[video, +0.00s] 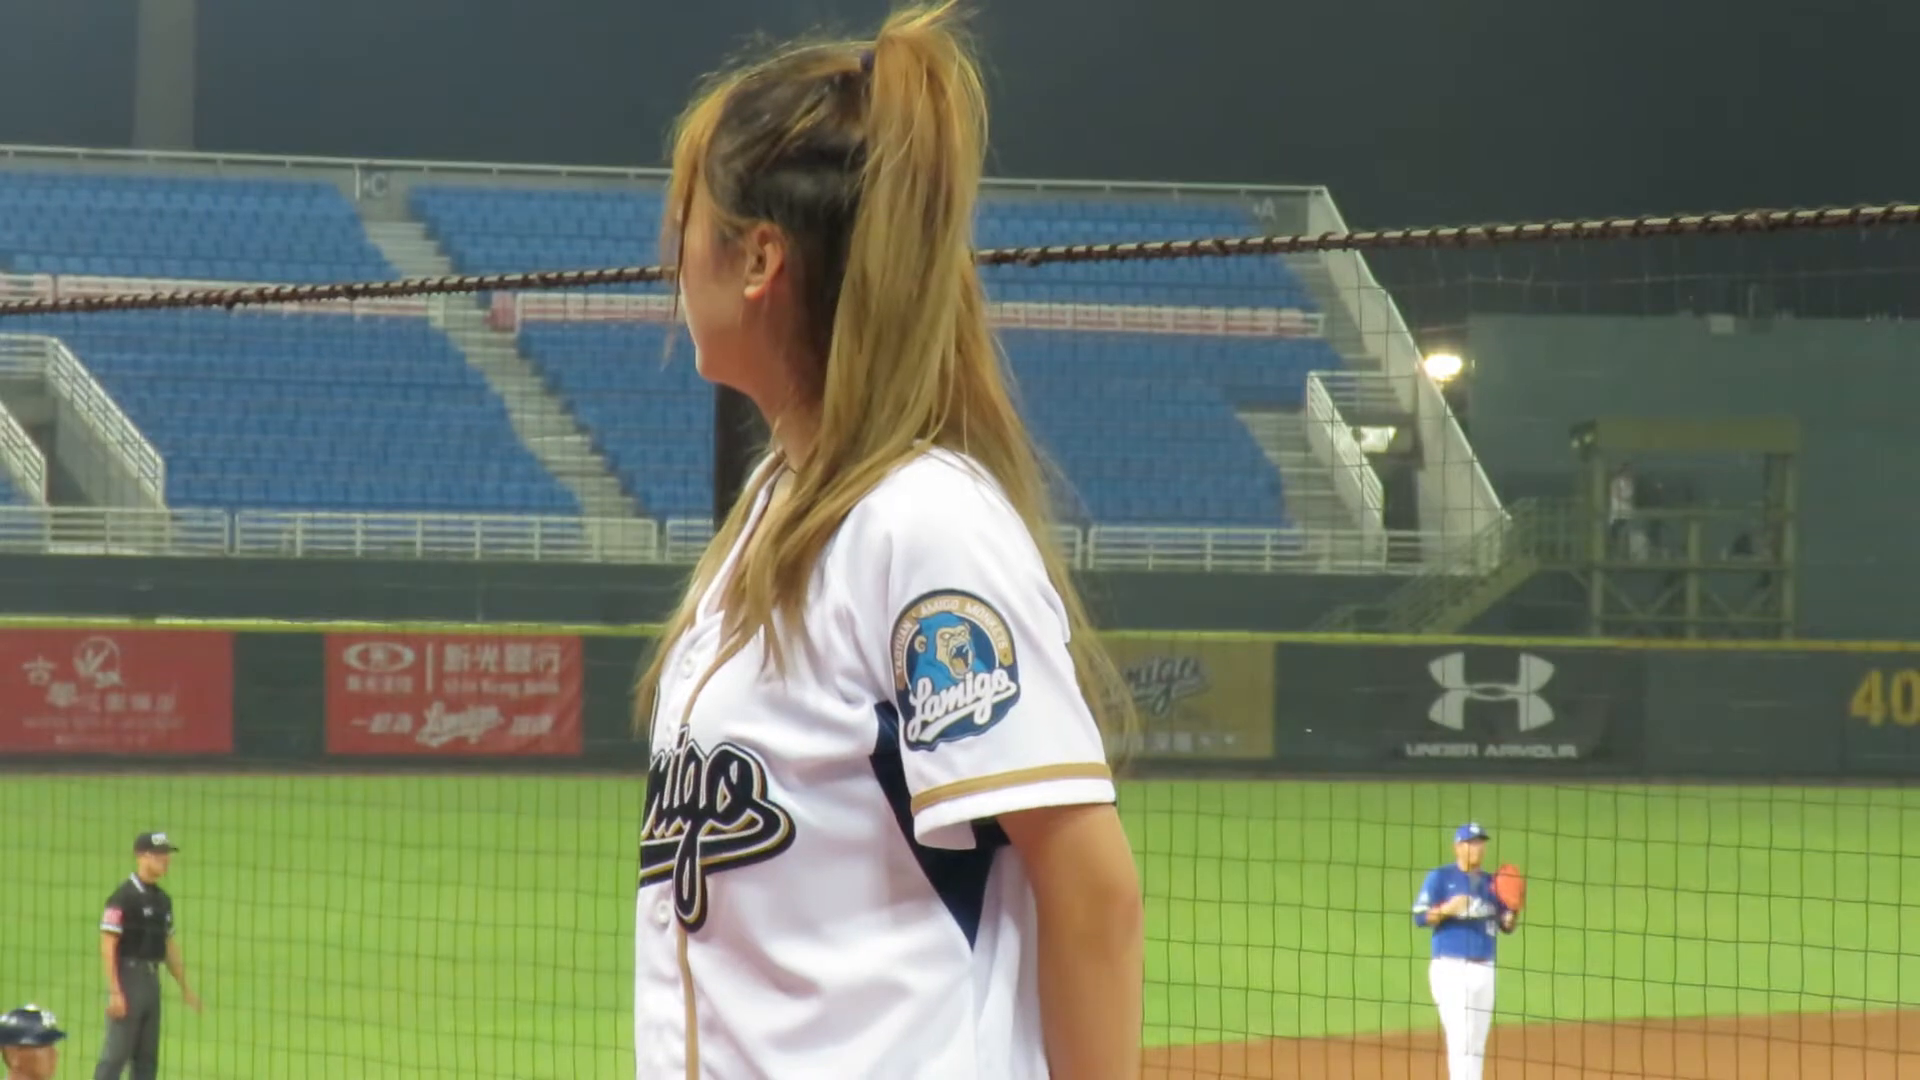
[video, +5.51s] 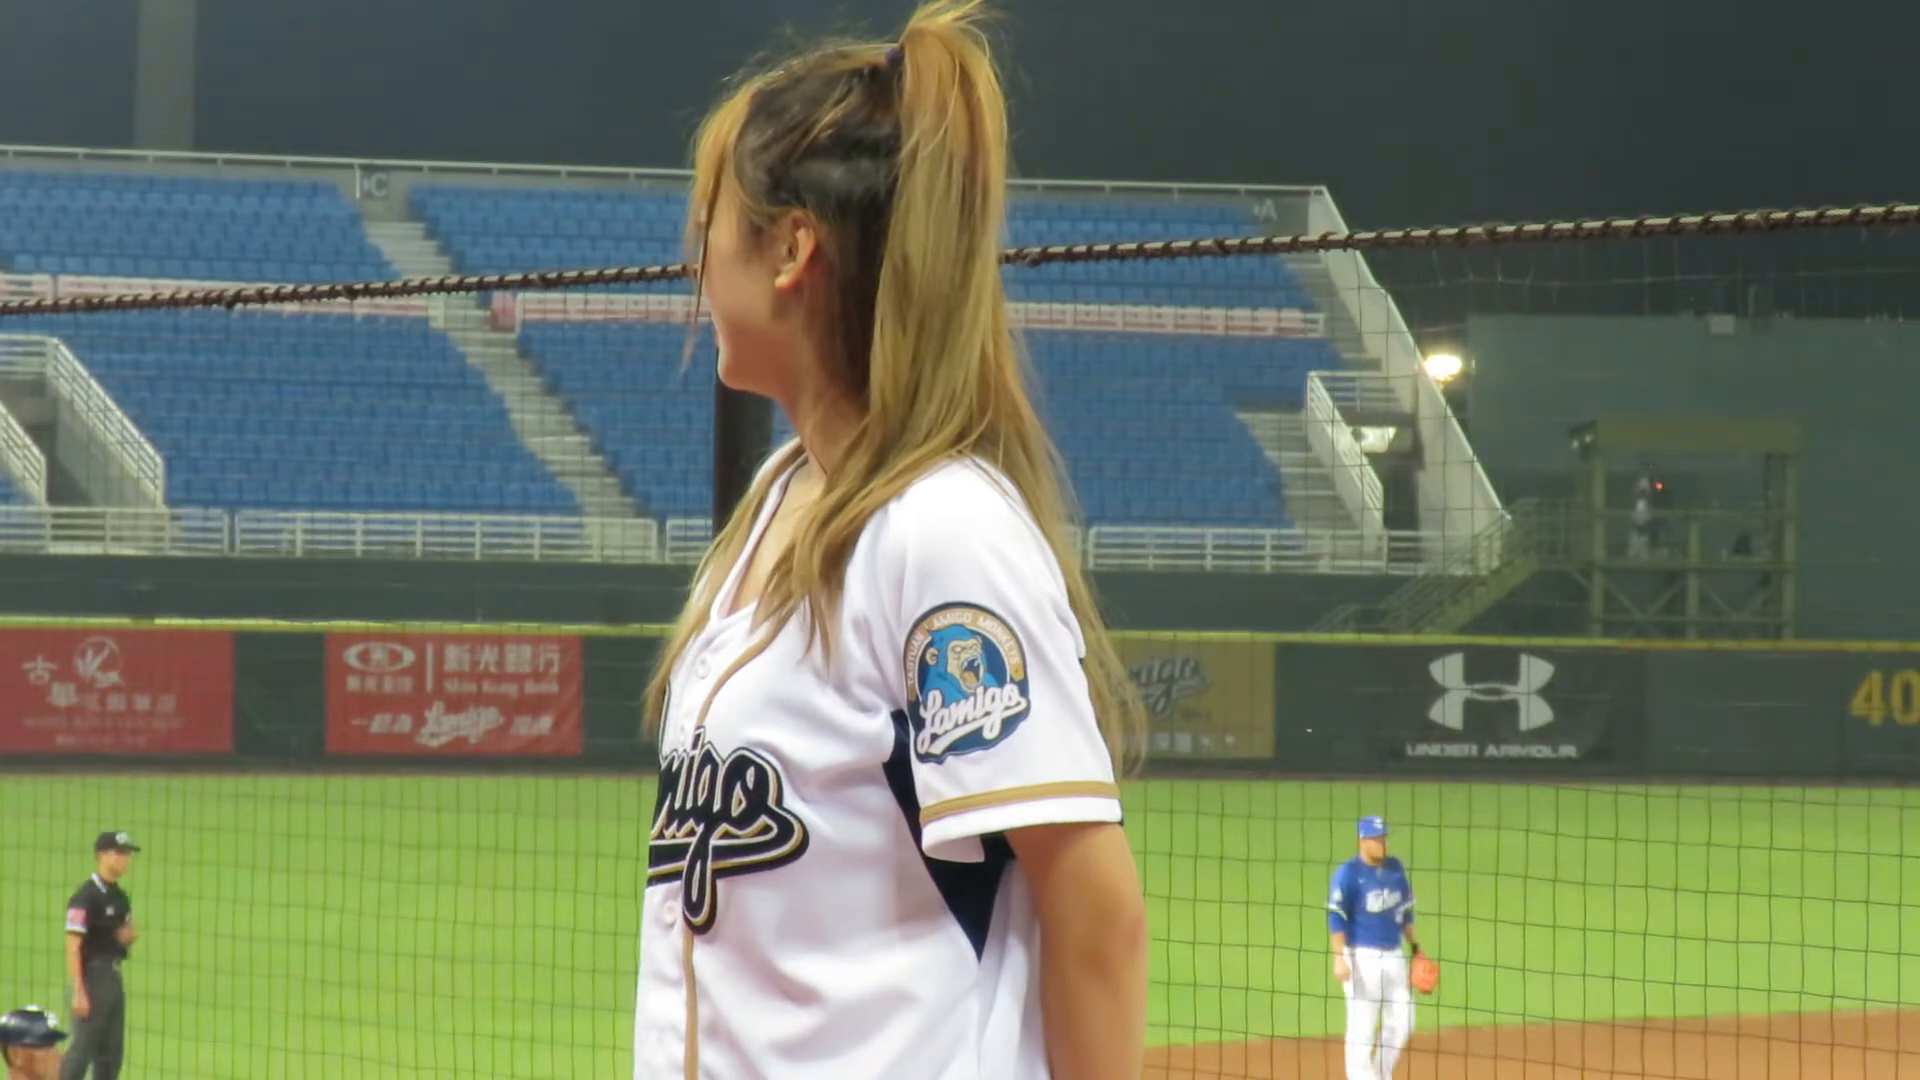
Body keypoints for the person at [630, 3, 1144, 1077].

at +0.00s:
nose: (674, 257)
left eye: (687, 222)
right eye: (682, 220)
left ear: (759, 262)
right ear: (763, 260)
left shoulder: (929, 522)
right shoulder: (770, 503)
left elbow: (1093, 886)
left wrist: (1085, 1070)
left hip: (882, 1056)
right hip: (716, 1051)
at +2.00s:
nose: (687, 260)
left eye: (702, 220)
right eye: (697, 219)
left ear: (778, 254)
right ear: (774, 255)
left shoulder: (933, 534)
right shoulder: (783, 502)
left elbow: (1093, 911)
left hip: (877, 1057)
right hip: (716, 1051)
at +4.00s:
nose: (691, 267)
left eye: (704, 227)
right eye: (698, 227)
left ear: (783, 248)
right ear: (776, 249)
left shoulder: (934, 529)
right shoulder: (780, 502)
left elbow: (1093, 913)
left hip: (878, 1056)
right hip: (713, 1051)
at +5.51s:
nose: (699, 267)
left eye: (711, 229)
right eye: (704, 229)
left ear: (794, 255)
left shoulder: (947, 527)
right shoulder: (780, 494)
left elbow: (1098, 911)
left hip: (881, 1055)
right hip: (709, 1049)